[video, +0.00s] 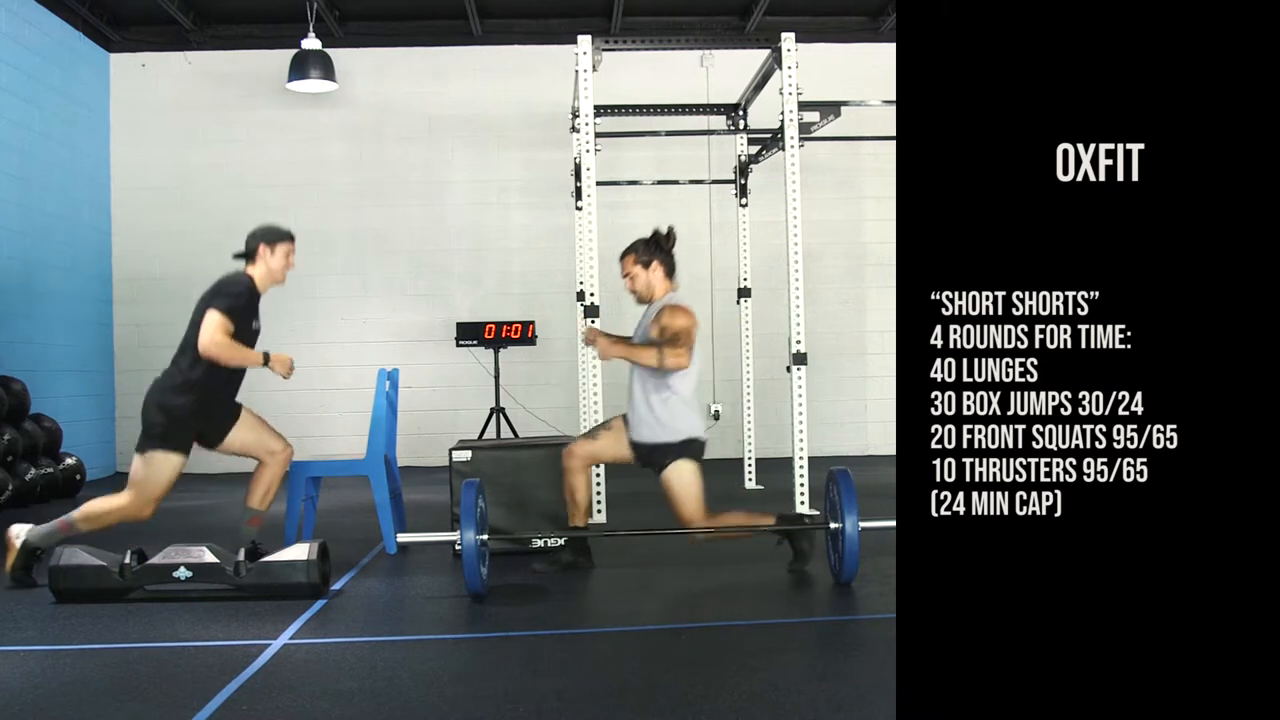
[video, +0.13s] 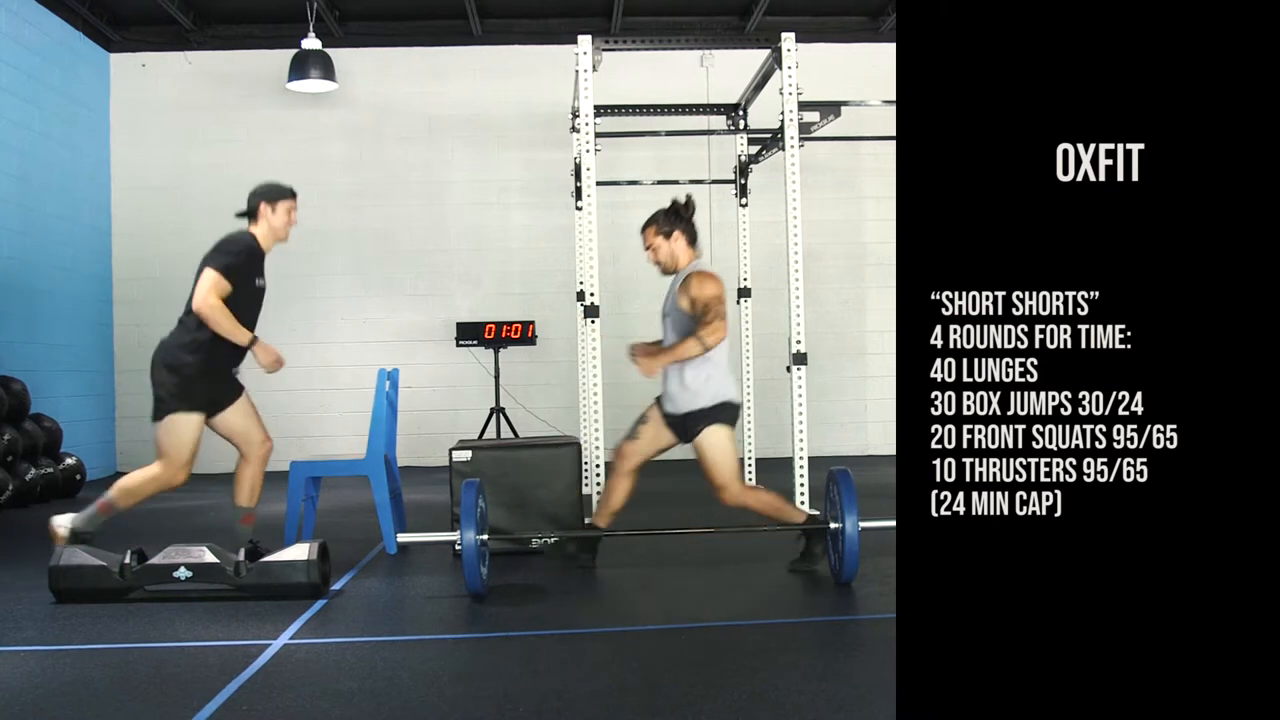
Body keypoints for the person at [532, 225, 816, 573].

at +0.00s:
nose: (626, 284)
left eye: (630, 275)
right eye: (624, 277)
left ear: (655, 269)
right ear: (652, 272)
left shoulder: (676, 314)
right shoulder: (654, 313)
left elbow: (678, 357)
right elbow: (650, 352)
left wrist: (616, 350)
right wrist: (607, 341)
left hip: (674, 438)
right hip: (642, 430)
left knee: (698, 527)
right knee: (575, 455)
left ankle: (789, 525)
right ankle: (577, 545)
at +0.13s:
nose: (650, 257)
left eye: (653, 248)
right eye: (647, 250)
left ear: (676, 240)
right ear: (673, 241)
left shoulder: (701, 282)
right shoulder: (679, 286)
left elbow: (715, 331)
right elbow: (689, 339)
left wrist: (662, 358)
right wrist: (654, 349)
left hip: (709, 404)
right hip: (677, 403)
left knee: (731, 492)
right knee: (627, 455)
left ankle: (813, 524)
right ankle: (591, 538)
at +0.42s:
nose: (682, 228)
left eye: (684, 219)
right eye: (680, 222)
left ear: (709, 210)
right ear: (707, 212)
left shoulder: (734, 253)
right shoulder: (718, 256)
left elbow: (772, 299)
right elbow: (736, 320)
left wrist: (763, 366)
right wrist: (719, 372)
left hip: (747, 382)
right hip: (722, 382)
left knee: (775, 463)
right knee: (695, 446)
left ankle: (829, 533)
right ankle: (752, 521)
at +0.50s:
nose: (684, 226)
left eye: (686, 218)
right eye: (682, 220)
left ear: (710, 209)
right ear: (709, 210)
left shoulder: (733, 252)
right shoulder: (719, 254)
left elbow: (773, 296)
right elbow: (742, 314)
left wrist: (767, 362)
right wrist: (726, 370)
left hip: (747, 381)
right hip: (726, 381)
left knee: (776, 460)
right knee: (718, 451)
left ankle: (829, 532)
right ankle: (778, 522)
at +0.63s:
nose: (680, 225)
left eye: (682, 216)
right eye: (678, 218)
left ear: (705, 208)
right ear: (704, 210)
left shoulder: (725, 253)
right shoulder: (714, 254)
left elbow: (759, 303)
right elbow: (738, 314)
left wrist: (752, 369)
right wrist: (726, 374)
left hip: (742, 381)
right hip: (728, 382)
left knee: (764, 458)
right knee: (739, 457)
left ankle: (822, 528)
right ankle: (792, 530)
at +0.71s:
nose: (672, 226)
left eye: (674, 217)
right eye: (671, 218)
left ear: (696, 210)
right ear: (699, 211)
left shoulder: (716, 254)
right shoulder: (716, 252)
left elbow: (743, 308)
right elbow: (735, 312)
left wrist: (730, 369)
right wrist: (720, 369)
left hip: (735, 374)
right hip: (750, 372)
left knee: (720, 461)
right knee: (752, 454)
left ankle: (798, 514)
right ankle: (796, 528)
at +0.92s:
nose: (642, 241)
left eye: (643, 232)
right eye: (640, 234)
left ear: (663, 225)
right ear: (669, 225)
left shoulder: (680, 267)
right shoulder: (702, 264)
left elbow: (693, 317)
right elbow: (709, 323)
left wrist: (677, 374)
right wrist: (671, 351)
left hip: (705, 382)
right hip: (736, 382)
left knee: (643, 442)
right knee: (738, 462)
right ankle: (794, 532)